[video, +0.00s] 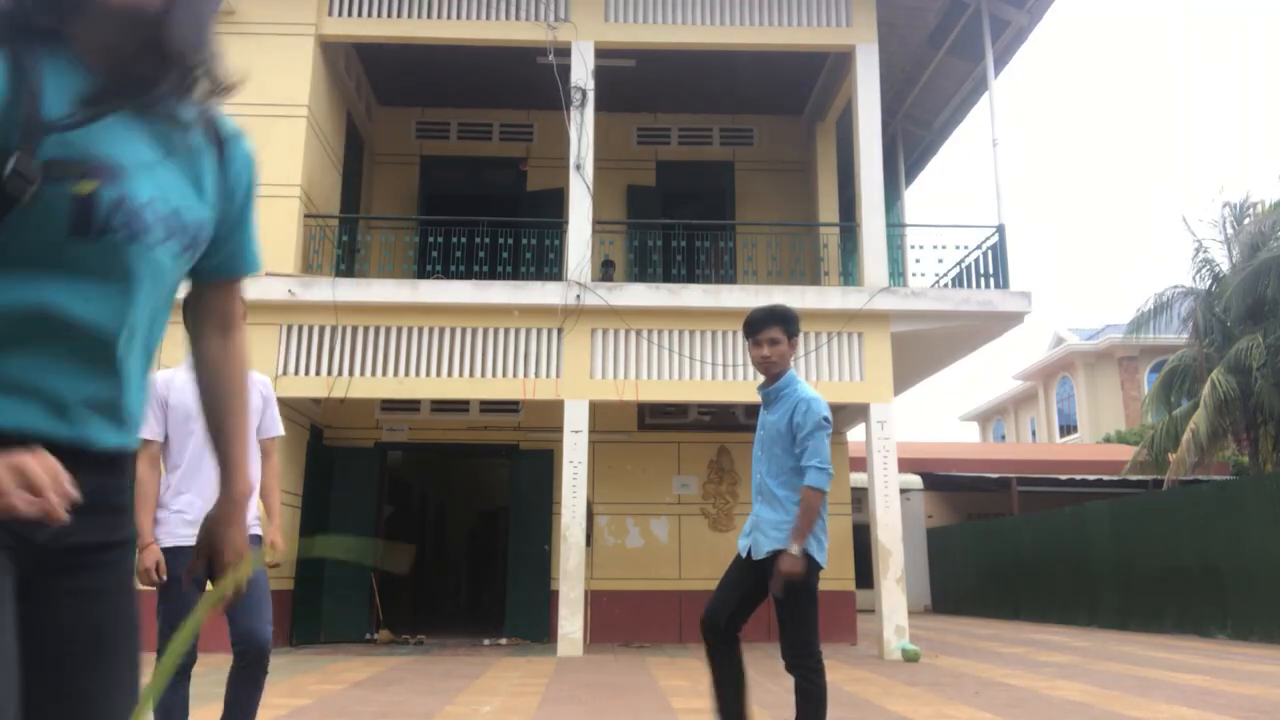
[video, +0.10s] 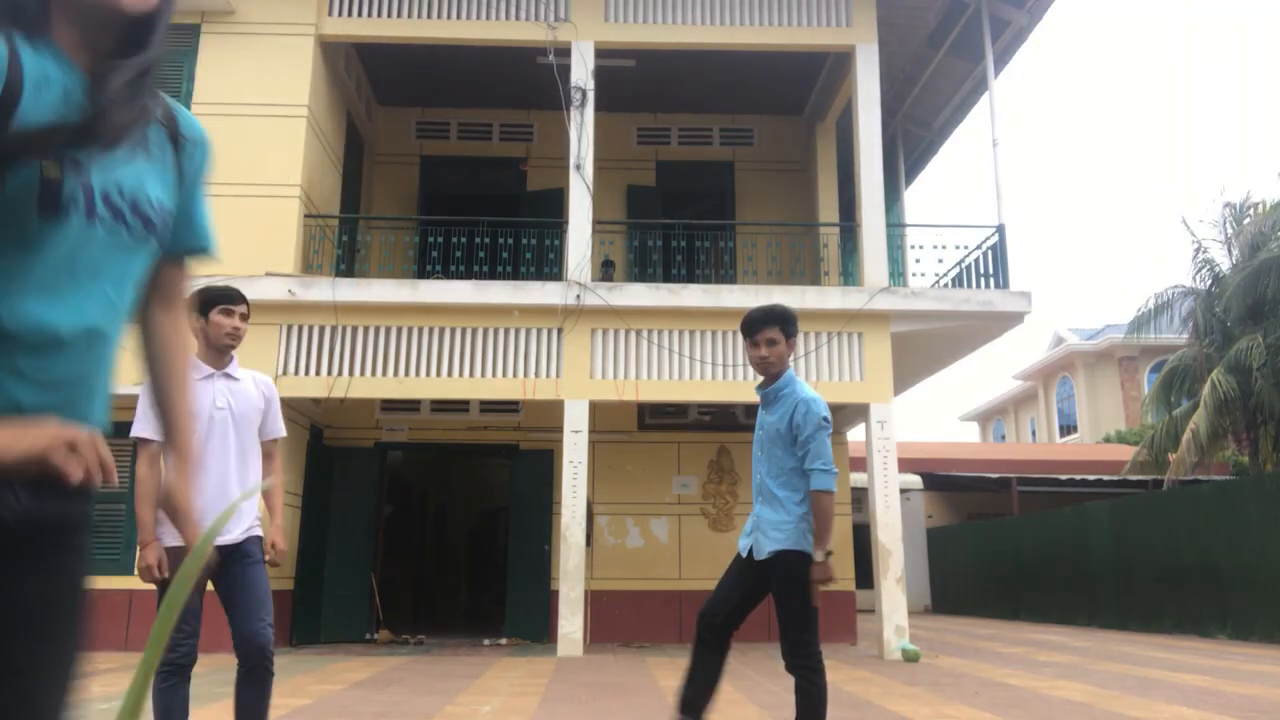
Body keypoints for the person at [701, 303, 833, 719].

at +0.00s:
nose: (765, 352)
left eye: (774, 343)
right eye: (756, 344)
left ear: (793, 346)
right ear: (748, 350)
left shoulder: (807, 404)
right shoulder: (771, 402)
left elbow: (817, 478)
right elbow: (775, 476)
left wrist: (797, 547)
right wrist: (756, 532)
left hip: (794, 546)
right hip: (759, 543)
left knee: (803, 659)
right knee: (717, 624)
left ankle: (810, 719)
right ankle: (733, 716)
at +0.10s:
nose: (761, 353)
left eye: (771, 343)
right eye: (753, 345)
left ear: (792, 345)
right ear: (746, 350)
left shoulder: (807, 405)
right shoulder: (768, 402)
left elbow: (822, 479)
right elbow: (777, 478)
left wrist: (822, 551)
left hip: (792, 545)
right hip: (758, 542)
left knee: (802, 655)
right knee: (713, 622)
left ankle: (811, 718)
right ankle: (688, 714)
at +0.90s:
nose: (698, 350)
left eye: (704, 342)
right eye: (698, 342)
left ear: (730, 346)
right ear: (723, 347)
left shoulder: (769, 405)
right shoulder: (714, 410)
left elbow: (788, 479)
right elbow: (709, 488)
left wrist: (789, 548)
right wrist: (697, 547)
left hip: (752, 553)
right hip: (711, 554)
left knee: (771, 654)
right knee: (706, 654)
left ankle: (798, 717)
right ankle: (707, 719)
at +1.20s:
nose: (673, 354)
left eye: (678, 346)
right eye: (673, 346)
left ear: (703, 349)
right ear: (697, 350)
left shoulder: (734, 403)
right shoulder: (698, 408)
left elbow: (742, 474)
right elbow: (691, 485)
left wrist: (737, 541)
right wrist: (666, 539)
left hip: (717, 545)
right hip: (692, 547)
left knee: (716, 646)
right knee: (701, 652)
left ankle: (768, 717)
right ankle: (706, 719)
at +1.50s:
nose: (665, 356)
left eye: (671, 348)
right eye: (665, 348)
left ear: (696, 350)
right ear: (690, 353)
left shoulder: (720, 402)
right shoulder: (695, 406)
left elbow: (710, 474)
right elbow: (687, 480)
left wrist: (699, 535)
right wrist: (669, 538)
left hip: (709, 542)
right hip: (692, 542)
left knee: (678, 641)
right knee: (701, 647)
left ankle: (705, 713)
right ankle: (707, 714)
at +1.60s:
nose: (666, 357)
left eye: (672, 349)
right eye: (665, 349)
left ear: (698, 351)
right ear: (688, 353)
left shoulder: (724, 402)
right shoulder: (685, 411)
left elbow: (682, 465)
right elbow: (677, 477)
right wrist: (662, 530)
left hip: (713, 538)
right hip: (688, 541)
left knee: (676, 643)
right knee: (700, 649)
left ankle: (674, 714)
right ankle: (704, 715)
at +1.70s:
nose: (667, 357)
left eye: (673, 349)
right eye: (666, 350)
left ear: (700, 350)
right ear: (692, 353)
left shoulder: (727, 401)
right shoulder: (681, 412)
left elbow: (680, 445)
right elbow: (657, 459)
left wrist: (612, 450)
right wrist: (646, 485)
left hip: (715, 538)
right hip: (688, 540)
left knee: (670, 638)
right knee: (701, 651)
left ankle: (646, 712)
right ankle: (705, 716)